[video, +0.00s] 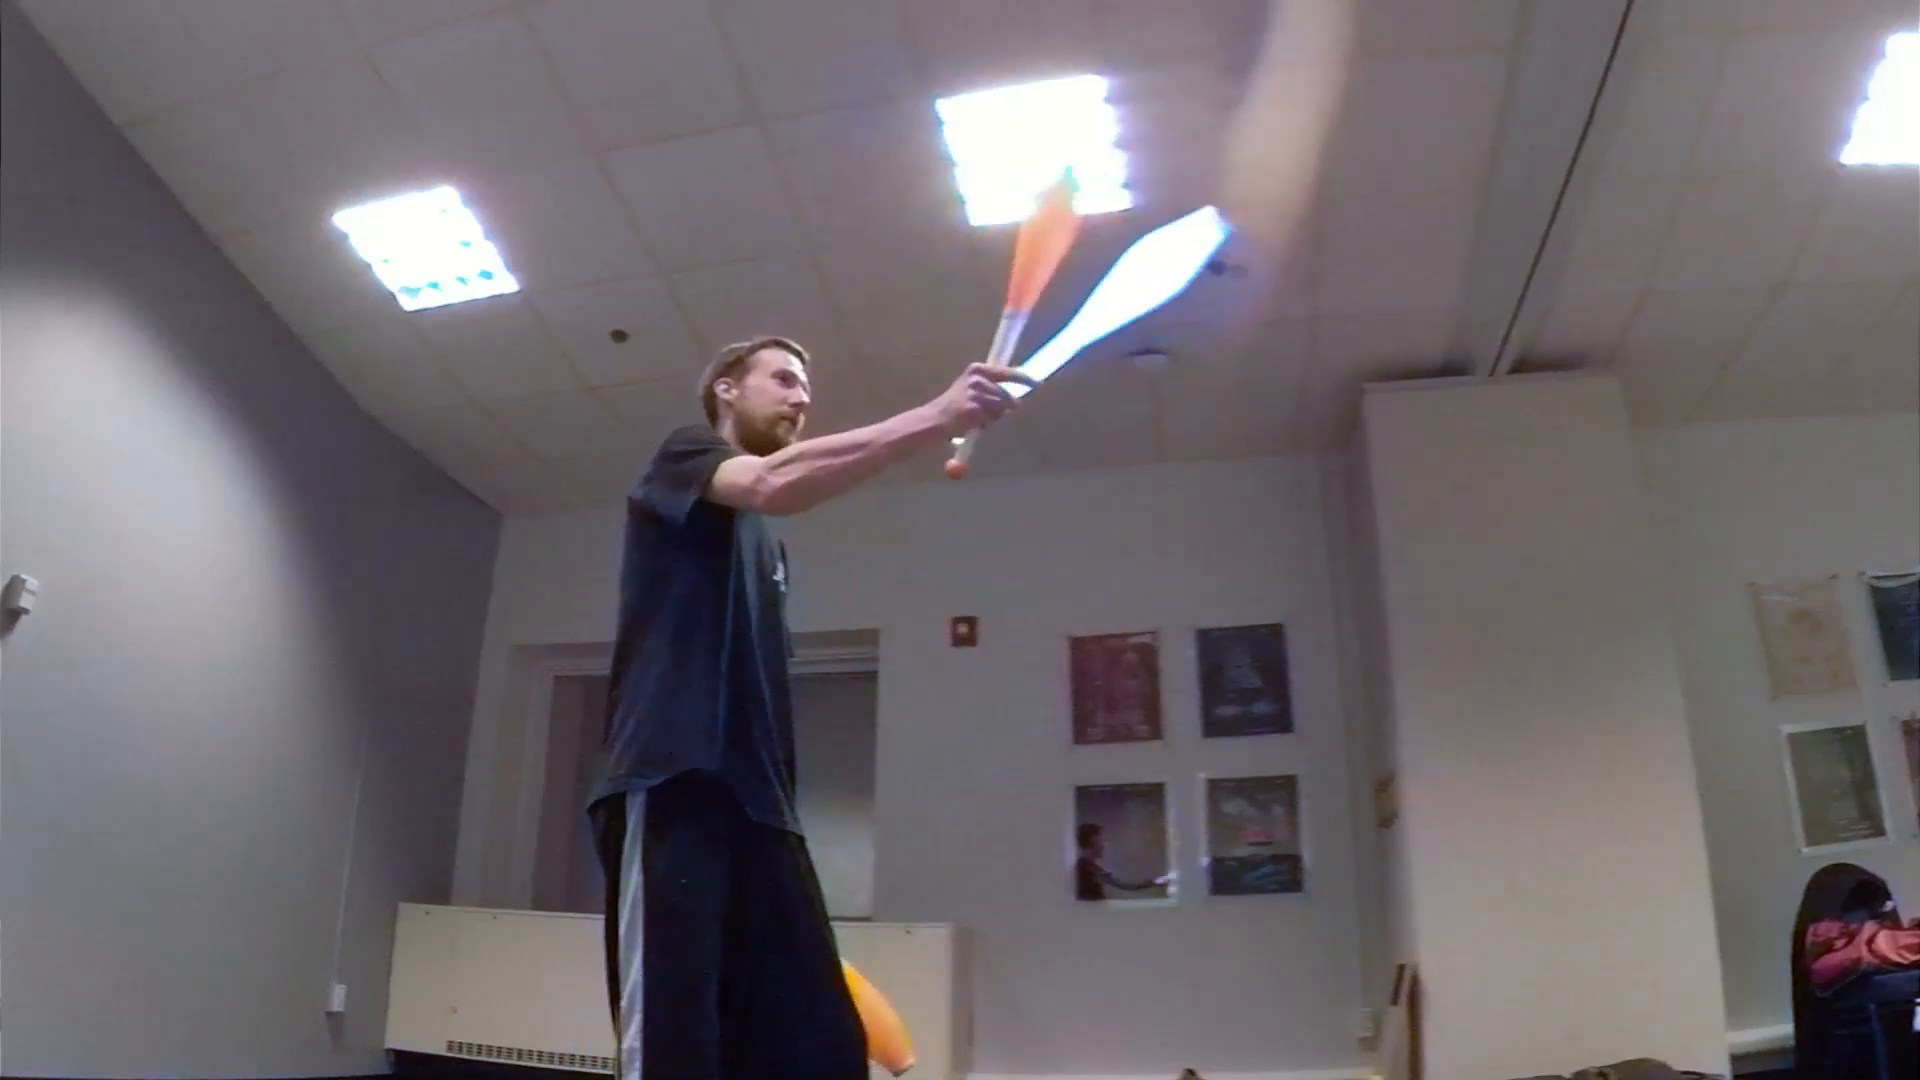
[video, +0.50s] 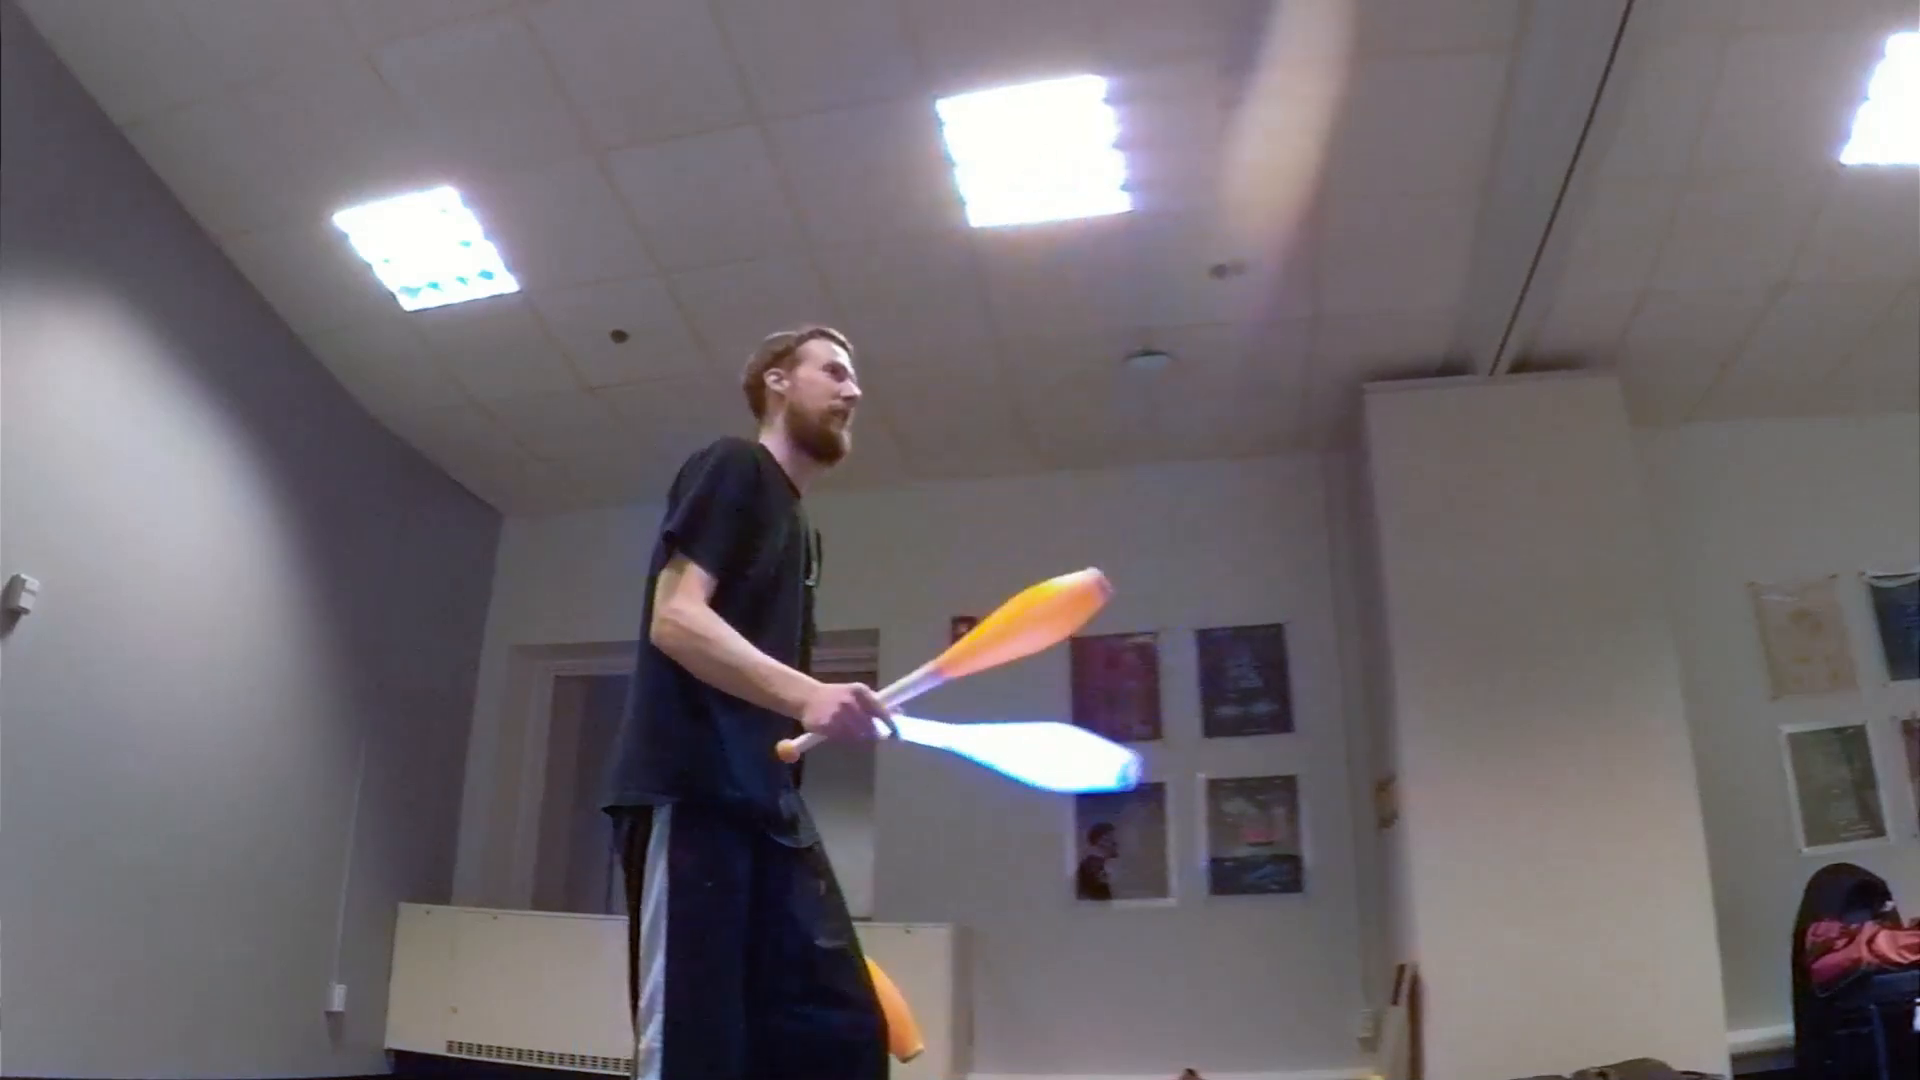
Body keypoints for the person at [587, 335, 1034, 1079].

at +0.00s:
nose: (801, 397)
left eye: (805, 388)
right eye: (782, 378)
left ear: (799, 411)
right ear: (724, 388)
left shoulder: (763, 534)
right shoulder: (684, 454)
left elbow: (751, 666)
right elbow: (770, 484)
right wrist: (934, 415)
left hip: (755, 798)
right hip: (674, 786)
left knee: (813, 1029)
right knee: (671, 1026)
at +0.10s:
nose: (805, 395)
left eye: (808, 386)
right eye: (786, 376)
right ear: (728, 385)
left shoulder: (763, 515)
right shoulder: (685, 451)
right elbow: (757, 502)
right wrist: (930, 447)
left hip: (756, 793)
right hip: (675, 784)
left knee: (813, 1030)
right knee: (678, 1024)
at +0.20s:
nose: (812, 392)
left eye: (814, 384)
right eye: (792, 373)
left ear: (808, 409)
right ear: (733, 385)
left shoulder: (753, 522)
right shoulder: (689, 456)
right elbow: (723, 550)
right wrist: (897, 533)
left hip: (759, 802)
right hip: (682, 794)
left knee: (820, 1037)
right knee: (685, 1037)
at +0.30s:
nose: (821, 392)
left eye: (823, 382)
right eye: (802, 372)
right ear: (743, 384)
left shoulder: (770, 526)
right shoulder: (703, 462)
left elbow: (744, 645)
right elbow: (688, 597)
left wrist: (829, 670)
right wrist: (847, 629)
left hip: (761, 807)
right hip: (683, 801)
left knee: (830, 1037)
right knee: (685, 1040)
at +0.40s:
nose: (835, 389)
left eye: (837, 380)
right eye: (816, 370)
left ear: (835, 405)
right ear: (758, 383)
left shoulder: (787, 530)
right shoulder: (718, 464)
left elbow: (759, 673)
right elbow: (671, 614)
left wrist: (806, 720)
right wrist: (802, 691)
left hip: (764, 807)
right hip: (686, 801)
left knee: (839, 1029)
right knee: (689, 1041)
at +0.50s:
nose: (852, 390)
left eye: (854, 380)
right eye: (834, 370)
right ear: (775, 381)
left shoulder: (799, 527)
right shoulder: (735, 465)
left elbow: (766, 676)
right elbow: (675, 617)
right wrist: (805, 695)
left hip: (769, 803)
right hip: (692, 798)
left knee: (839, 1025)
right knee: (691, 1037)